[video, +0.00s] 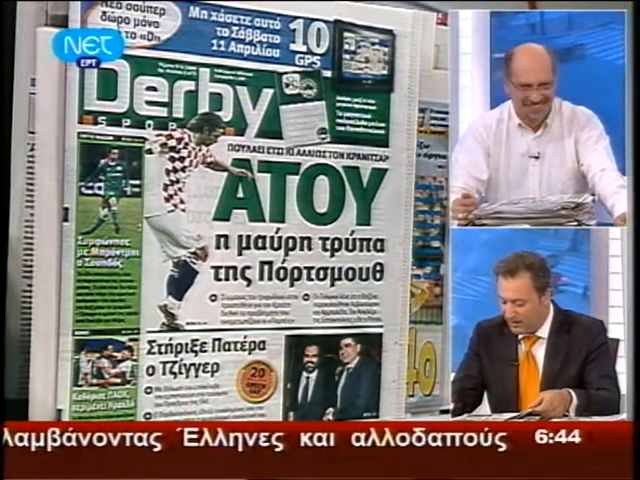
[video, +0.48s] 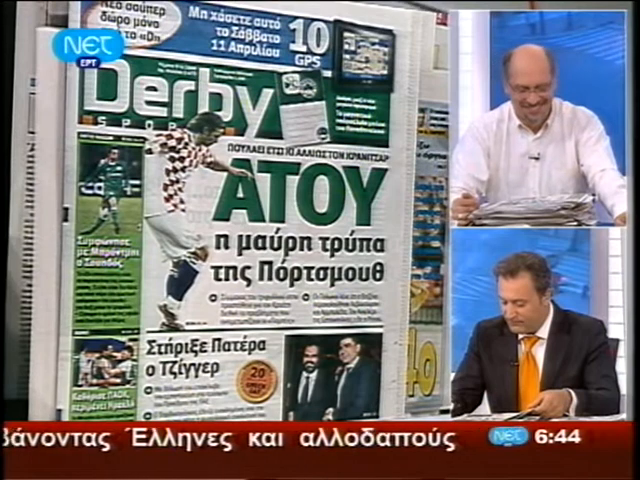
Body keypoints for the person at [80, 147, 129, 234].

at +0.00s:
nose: (115, 156)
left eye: (116, 154)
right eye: (113, 154)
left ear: (118, 155)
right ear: (109, 154)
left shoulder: (122, 165)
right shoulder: (104, 165)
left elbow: (126, 177)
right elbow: (95, 174)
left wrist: (127, 187)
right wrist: (86, 182)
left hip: (118, 190)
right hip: (108, 189)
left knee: (105, 213)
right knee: (113, 205)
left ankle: (91, 230)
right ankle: (116, 225)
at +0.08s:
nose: (115, 156)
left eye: (116, 154)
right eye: (113, 154)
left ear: (118, 155)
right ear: (109, 154)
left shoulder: (122, 165)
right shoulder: (104, 165)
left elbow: (126, 177)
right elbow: (95, 174)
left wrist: (127, 187)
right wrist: (86, 182)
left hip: (118, 190)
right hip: (108, 189)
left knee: (105, 213)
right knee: (113, 205)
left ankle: (91, 230)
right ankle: (116, 225)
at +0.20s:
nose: (115, 156)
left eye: (116, 154)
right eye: (113, 153)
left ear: (118, 155)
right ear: (109, 154)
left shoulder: (121, 166)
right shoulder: (104, 165)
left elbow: (126, 177)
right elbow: (95, 174)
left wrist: (127, 187)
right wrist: (86, 182)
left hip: (118, 190)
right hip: (108, 189)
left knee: (105, 213)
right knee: (114, 207)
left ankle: (91, 230)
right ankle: (117, 226)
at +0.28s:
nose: (115, 156)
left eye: (116, 154)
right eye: (113, 153)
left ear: (118, 155)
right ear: (109, 154)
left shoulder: (121, 166)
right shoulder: (104, 165)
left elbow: (126, 177)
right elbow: (95, 174)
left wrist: (127, 186)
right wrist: (86, 182)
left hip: (118, 190)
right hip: (108, 189)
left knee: (105, 213)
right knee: (114, 207)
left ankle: (91, 230)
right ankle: (117, 226)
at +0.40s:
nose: (115, 156)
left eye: (116, 154)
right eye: (113, 153)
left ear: (118, 155)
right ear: (109, 154)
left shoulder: (121, 166)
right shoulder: (104, 165)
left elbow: (126, 177)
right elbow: (95, 174)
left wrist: (127, 187)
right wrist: (86, 182)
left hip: (118, 190)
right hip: (108, 189)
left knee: (105, 213)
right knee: (114, 206)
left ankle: (91, 230)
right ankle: (116, 226)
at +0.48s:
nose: (115, 156)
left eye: (116, 154)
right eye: (113, 153)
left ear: (118, 155)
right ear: (109, 154)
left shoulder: (122, 166)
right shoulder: (104, 165)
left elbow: (126, 177)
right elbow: (95, 174)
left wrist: (127, 187)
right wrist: (86, 182)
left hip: (118, 190)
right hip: (108, 189)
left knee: (105, 213)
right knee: (114, 207)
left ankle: (92, 230)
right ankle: (116, 226)